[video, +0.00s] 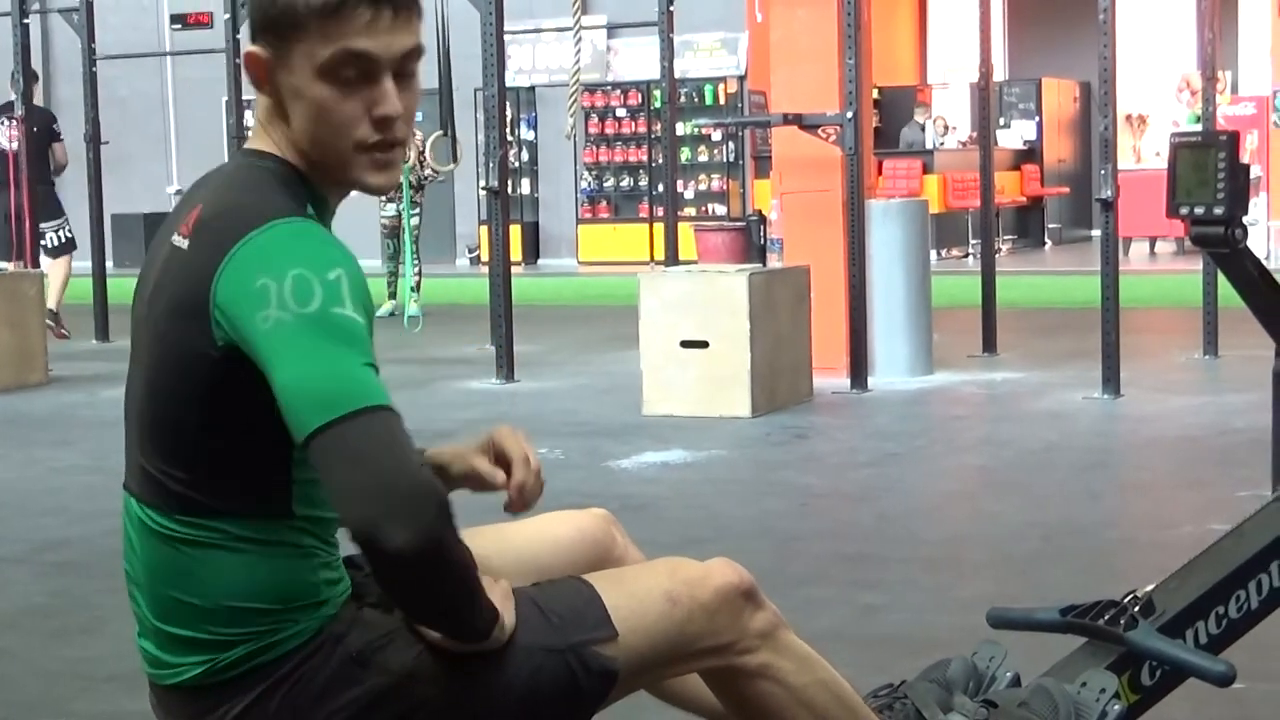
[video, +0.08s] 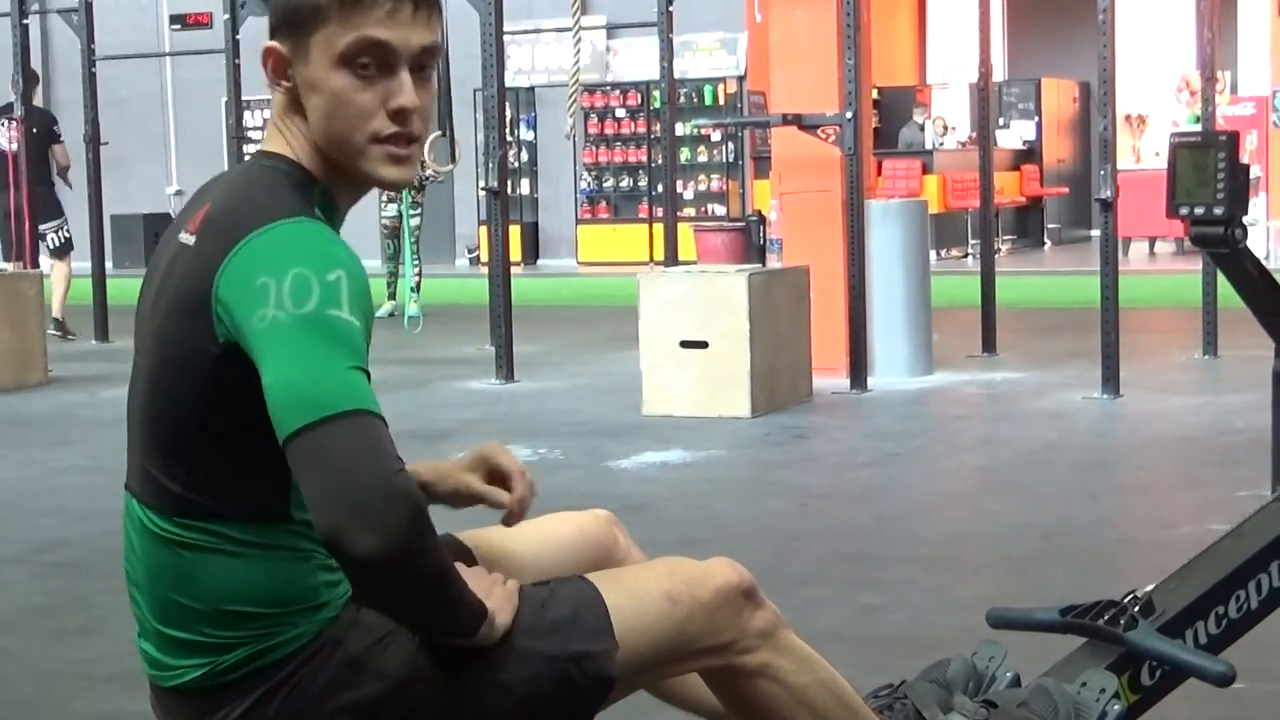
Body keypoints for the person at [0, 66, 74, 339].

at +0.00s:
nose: (38, 89)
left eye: (35, 84)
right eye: (37, 84)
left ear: (11, 86)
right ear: (34, 86)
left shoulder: (1, 113)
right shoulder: (44, 116)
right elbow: (61, 160)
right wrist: (50, 175)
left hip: (6, 195)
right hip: (39, 194)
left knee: (13, 261)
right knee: (62, 253)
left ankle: (16, 322)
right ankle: (52, 309)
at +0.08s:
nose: (38, 90)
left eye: (35, 85)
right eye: (37, 85)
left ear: (12, 86)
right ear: (34, 87)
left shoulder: (2, 114)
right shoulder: (43, 117)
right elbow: (63, 162)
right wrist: (62, 173)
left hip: (7, 198)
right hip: (39, 196)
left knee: (13, 263)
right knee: (62, 257)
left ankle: (15, 324)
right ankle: (57, 316)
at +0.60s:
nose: (50, 97)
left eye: (46, 92)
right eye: (61, 93)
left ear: (43, 92)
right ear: (67, 94)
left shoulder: (21, 119)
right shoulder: (72, 124)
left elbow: (12, 155)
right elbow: (84, 165)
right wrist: (65, 161)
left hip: (31, 201)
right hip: (64, 202)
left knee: (26, 265)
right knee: (68, 260)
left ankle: (21, 324)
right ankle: (68, 322)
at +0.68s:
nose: (58, 95)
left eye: (50, 90)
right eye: (65, 91)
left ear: (46, 89)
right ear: (69, 92)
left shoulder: (23, 118)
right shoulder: (76, 122)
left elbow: (14, 159)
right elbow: (85, 164)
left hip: (32, 199)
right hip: (65, 200)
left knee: (27, 262)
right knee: (67, 260)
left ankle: (21, 324)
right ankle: (66, 322)